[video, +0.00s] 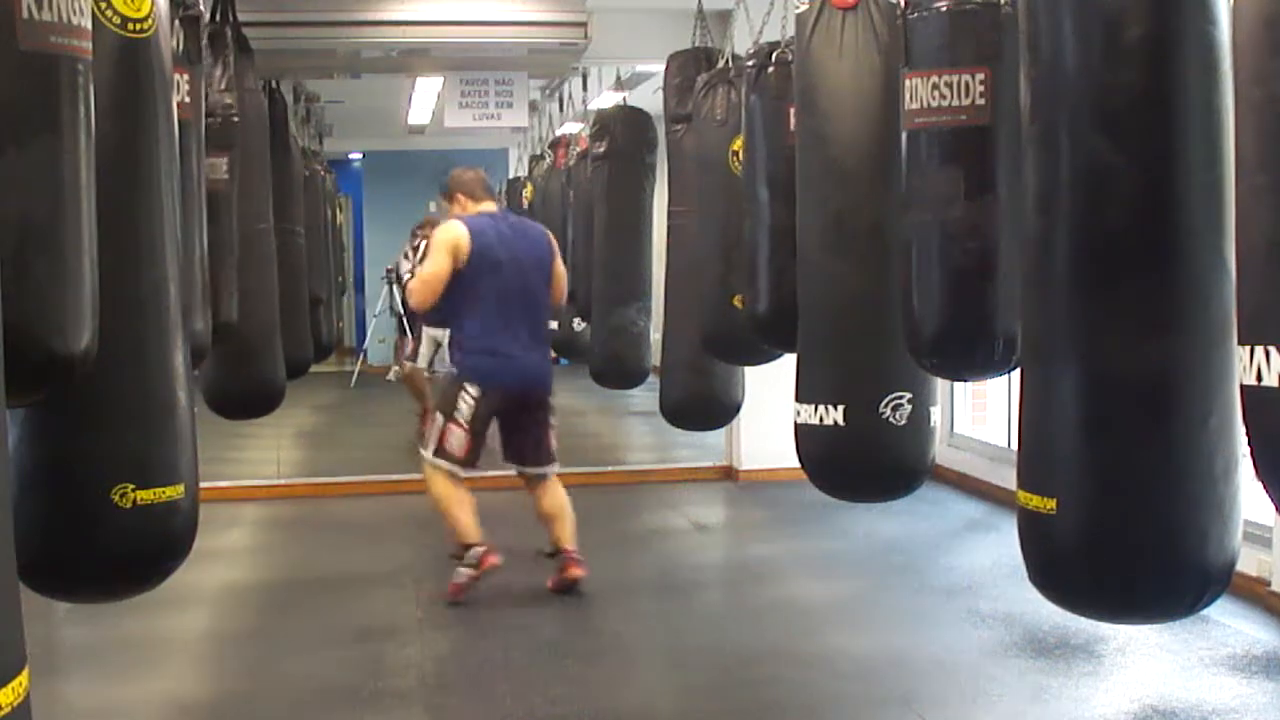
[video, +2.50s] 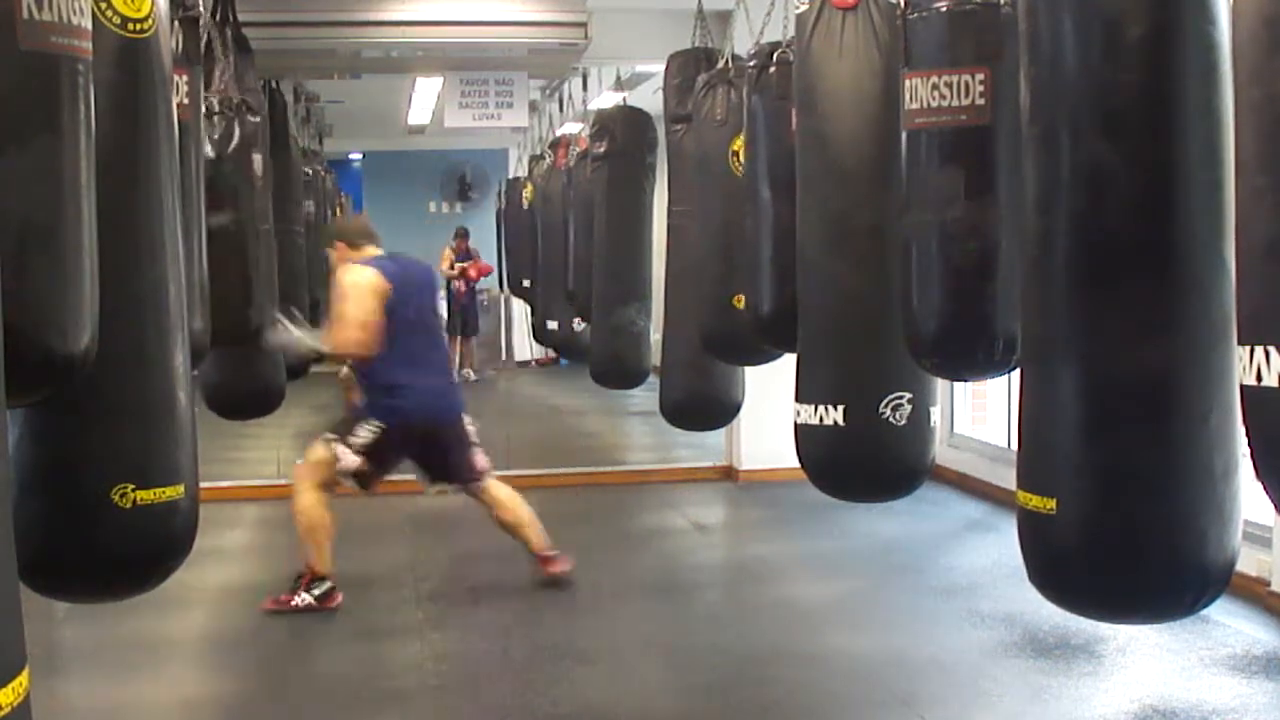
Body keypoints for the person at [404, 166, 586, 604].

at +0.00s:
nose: (450, 213)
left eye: (449, 207)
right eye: (449, 207)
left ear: (460, 200)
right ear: (493, 196)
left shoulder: (454, 233)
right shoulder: (540, 235)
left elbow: (420, 298)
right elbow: (558, 296)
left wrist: (419, 261)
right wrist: (515, 281)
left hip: (479, 371)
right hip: (534, 372)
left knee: (440, 469)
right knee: (542, 474)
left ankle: (474, 549)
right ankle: (569, 555)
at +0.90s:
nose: (488, 232)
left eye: (487, 225)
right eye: (487, 225)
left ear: (502, 216)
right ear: (529, 209)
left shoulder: (501, 247)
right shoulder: (584, 247)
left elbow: (470, 313)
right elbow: (603, 311)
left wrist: (464, 289)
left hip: (526, 383)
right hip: (582, 384)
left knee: (479, 478)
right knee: (594, 479)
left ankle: (485, 574)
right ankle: (615, 570)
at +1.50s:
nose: (440, 235)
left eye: (440, 227)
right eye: (437, 229)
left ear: (457, 216)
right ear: (483, 210)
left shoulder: (458, 251)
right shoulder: (542, 241)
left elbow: (429, 316)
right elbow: (561, 301)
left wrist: (415, 287)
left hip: (495, 378)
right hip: (548, 376)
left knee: (459, 477)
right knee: (561, 465)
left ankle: (453, 572)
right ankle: (599, 543)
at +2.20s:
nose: (435, 257)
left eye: (434, 252)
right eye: (432, 254)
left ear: (446, 240)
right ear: (474, 237)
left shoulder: (447, 261)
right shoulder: (520, 269)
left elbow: (415, 326)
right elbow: (514, 329)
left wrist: (412, 291)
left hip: (480, 391)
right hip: (531, 392)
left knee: (404, 468)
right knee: (540, 482)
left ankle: (428, 565)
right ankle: (576, 564)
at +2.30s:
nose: (413, 278)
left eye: (411, 271)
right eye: (409, 273)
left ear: (423, 254)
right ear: (440, 249)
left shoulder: (440, 277)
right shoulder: (485, 274)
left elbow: (404, 335)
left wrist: (390, 306)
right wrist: (410, 297)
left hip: (472, 405)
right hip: (513, 403)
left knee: (386, 477)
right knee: (524, 488)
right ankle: (575, 560)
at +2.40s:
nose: (366, 278)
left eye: (366, 269)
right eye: (363, 270)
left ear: (386, 258)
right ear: (396, 254)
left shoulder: (415, 290)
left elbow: (418, 361)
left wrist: (371, 347)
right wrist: (363, 413)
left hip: (439, 420)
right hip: (478, 416)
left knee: (349, 478)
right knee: (513, 495)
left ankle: (326, 581)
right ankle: (577, 559)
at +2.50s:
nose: (333, 262)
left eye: (332, 254)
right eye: (332, 256)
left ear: (342, 248)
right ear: (372, 242)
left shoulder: (357, 274)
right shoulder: (420, 271)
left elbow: (358, 340)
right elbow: (422, 339)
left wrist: (308, 341)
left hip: (392, 409)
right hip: (443, 406)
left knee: (310, 476)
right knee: (484, 484)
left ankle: (318, 582)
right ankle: (548, 555)